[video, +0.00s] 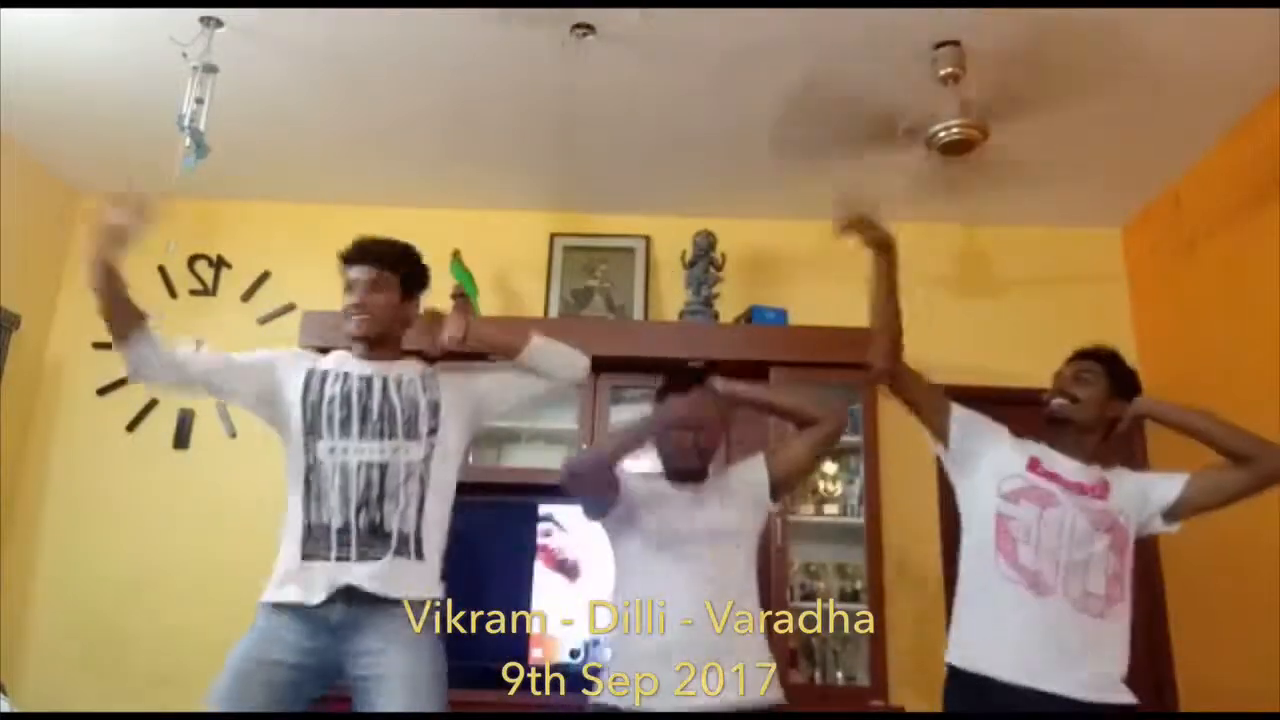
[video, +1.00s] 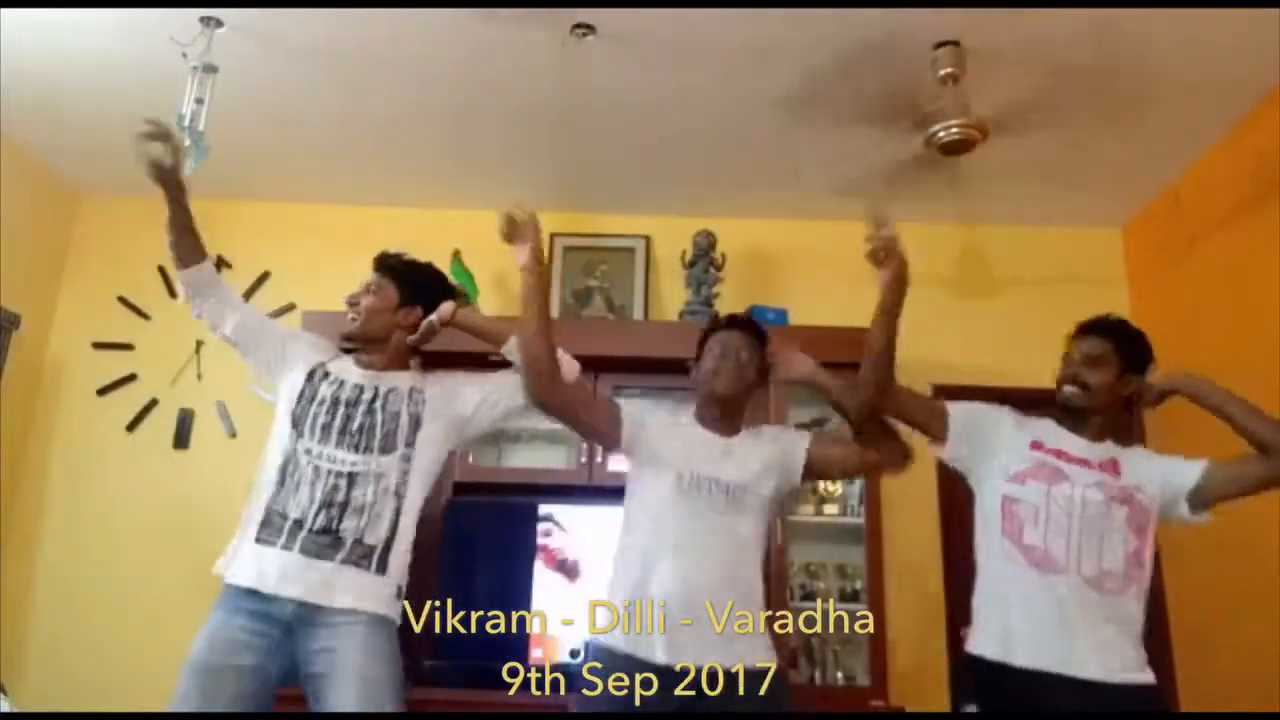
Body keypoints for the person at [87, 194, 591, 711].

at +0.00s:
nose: (356, 299)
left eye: (373, 287)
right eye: (349, 288)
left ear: (411, 304)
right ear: (340, 299)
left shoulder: (454, 389)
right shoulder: (295, 374)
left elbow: (575, 370)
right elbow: (154, 362)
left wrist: (481, 334)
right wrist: (104, 265)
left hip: (400, 616)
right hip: (297, 609)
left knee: (410, 710)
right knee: (226, 707)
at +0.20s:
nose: (355, 316)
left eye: (375, 313)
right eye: (359, 309)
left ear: (412, 347)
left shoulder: (445, 420)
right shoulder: (293, 399)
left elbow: (567, 393)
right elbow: (167, 340)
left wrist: (478, 335)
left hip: (380, 660)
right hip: (273, 651)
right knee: (211, 710)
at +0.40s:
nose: (367, 306)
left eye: (386, 300)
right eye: (374, 296)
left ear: (423, 329)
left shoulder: (460, 406)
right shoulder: (317, 365)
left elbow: (562, 375)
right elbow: (229, 320)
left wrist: (480, 324)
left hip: (364, 597)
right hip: (262, 581)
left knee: (368, 702)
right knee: (203, 702)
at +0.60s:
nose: (369, 315)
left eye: (390, 309)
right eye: (378, 306)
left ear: (426, 338)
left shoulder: (460, 420)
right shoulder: (313, 377)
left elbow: (569, 394)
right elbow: (226, 327)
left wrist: (489, 329)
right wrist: (213, 289)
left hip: (366, 646)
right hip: (257, 631)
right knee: (195, 704)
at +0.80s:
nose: (365, 303)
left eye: (385, 297)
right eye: (371, 293)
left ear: (421, 325)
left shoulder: (453, 407)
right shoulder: (316, 361)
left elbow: (563, 374)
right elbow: (215, 288)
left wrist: (471, 318)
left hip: (351, 603)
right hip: (251, 584)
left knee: (361, 704)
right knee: (195, 702)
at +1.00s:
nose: (354, 300)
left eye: (374, 293)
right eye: (361, 290)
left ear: (413, 319)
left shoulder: (447, 399)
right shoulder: (302, 359)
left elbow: (551, 380)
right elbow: (211, 296)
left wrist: (462, 320)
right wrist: (174, 193)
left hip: (355, 617)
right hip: (251, 599)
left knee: (364, 703)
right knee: (193, 704)